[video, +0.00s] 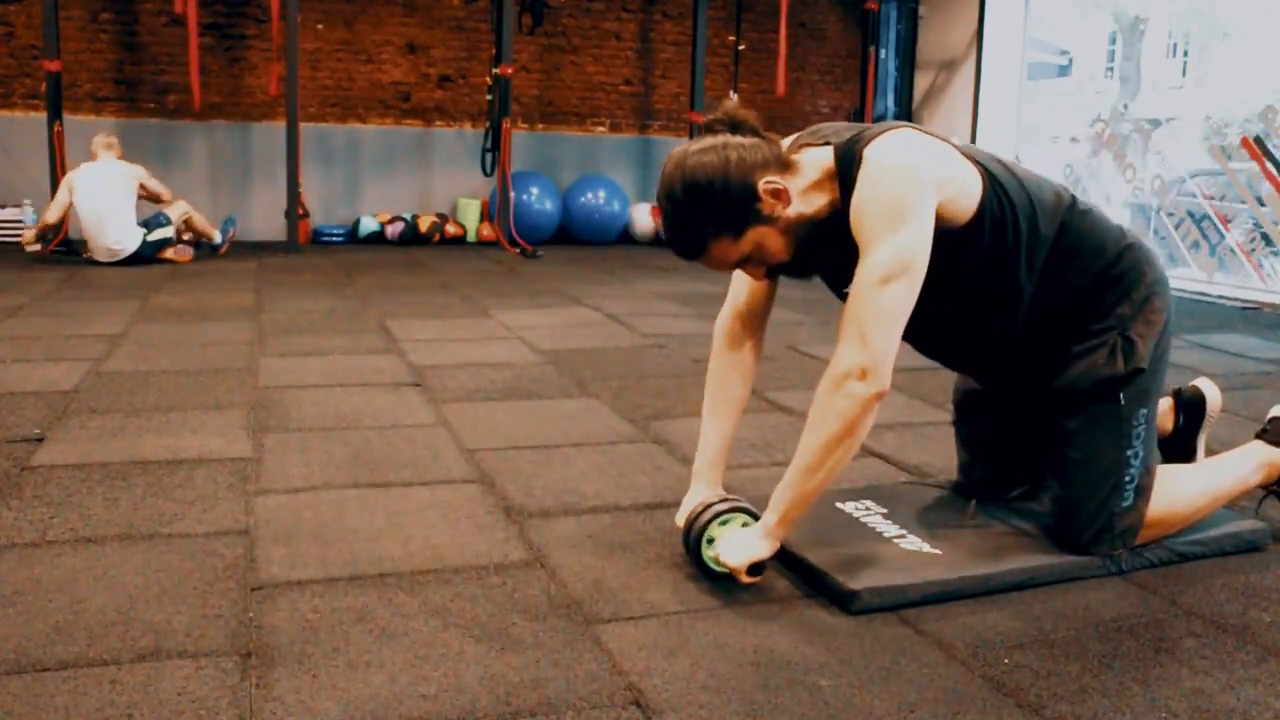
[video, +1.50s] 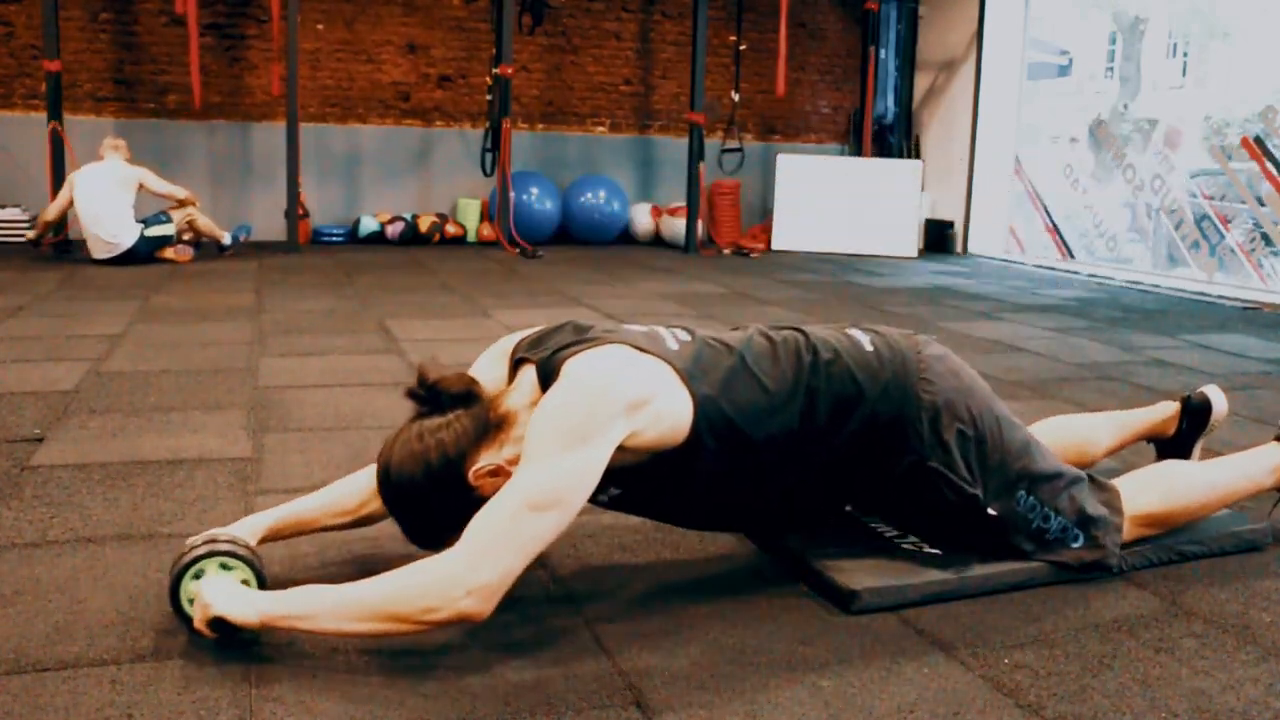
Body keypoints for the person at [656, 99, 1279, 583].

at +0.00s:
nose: (755, 274)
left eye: (751, 257)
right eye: (741, 267)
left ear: (775, 196)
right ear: (768, 190)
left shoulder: (895, 175)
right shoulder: (786, 190)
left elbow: (863, 377)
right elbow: (738, 334)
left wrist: (772, 529)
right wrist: (707, 480)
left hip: (1105, 304)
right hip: (1008, 325)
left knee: (1096, 526)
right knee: (993, 479)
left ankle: (1266, 457)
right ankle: (1172, 418)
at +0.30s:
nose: (714, 288)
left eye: (710, 273)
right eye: (699, 282)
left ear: (737, 212)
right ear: (730, 206)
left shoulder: (860, 187)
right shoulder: (750, 194)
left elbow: (816, 393)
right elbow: (695, 341)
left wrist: (706, 537)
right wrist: (641, 484)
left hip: (1083, 305)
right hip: (989, 327)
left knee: (1101, 523)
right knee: (992, 485)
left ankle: (1266, 458)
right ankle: (1172, 417)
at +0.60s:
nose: (657, 337)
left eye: (649, 323)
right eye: (640, 333)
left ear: (673, 263)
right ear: (661, 262)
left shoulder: (787, 226)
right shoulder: (682, 237)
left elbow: (715, 432)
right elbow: (606, 372)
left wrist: (575, 556)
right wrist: (524, 498)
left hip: (1044, 302)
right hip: (954, 340)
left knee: (1105, 519)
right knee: (995, 485)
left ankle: (1268, 457)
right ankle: (1177, 413)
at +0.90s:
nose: (570, 406)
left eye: (553, 391)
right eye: (541, 401)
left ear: (586, 332)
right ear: (572, 329)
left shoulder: (696, 293)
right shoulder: (596, 280)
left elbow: (607, 488)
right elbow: (502, 403)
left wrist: (434, 577)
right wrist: (403, 503)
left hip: (982, 333)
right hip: (904, 371)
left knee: (1105, 527)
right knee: (1015, 487)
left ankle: (1264, 456)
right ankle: (1174, 419)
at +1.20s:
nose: (527, 480)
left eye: (515, 464)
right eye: (510, 473)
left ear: (527, 406)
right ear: (515, 411)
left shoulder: (628, 357)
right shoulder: (537, 330)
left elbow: (512, 555)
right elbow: (423, 450)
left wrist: (323, 596)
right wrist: (299, 519)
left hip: (931, 373)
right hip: (862, 375)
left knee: (1094, 522)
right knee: (1018, 481)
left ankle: (1264, 457)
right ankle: (1174, 405)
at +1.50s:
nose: (502, 497)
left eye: (487, 494)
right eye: (473, 492)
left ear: (501, 450)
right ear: (467, 436)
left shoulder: (591, 403)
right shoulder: (500, 372)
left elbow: (459, 592)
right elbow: (392, 480)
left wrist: (261, 606)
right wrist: (258, 526)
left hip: (893, 406)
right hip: (837, 413)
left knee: (1098, 520)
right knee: (1015, 467)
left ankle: (1272, 465)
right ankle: (1167, 413)